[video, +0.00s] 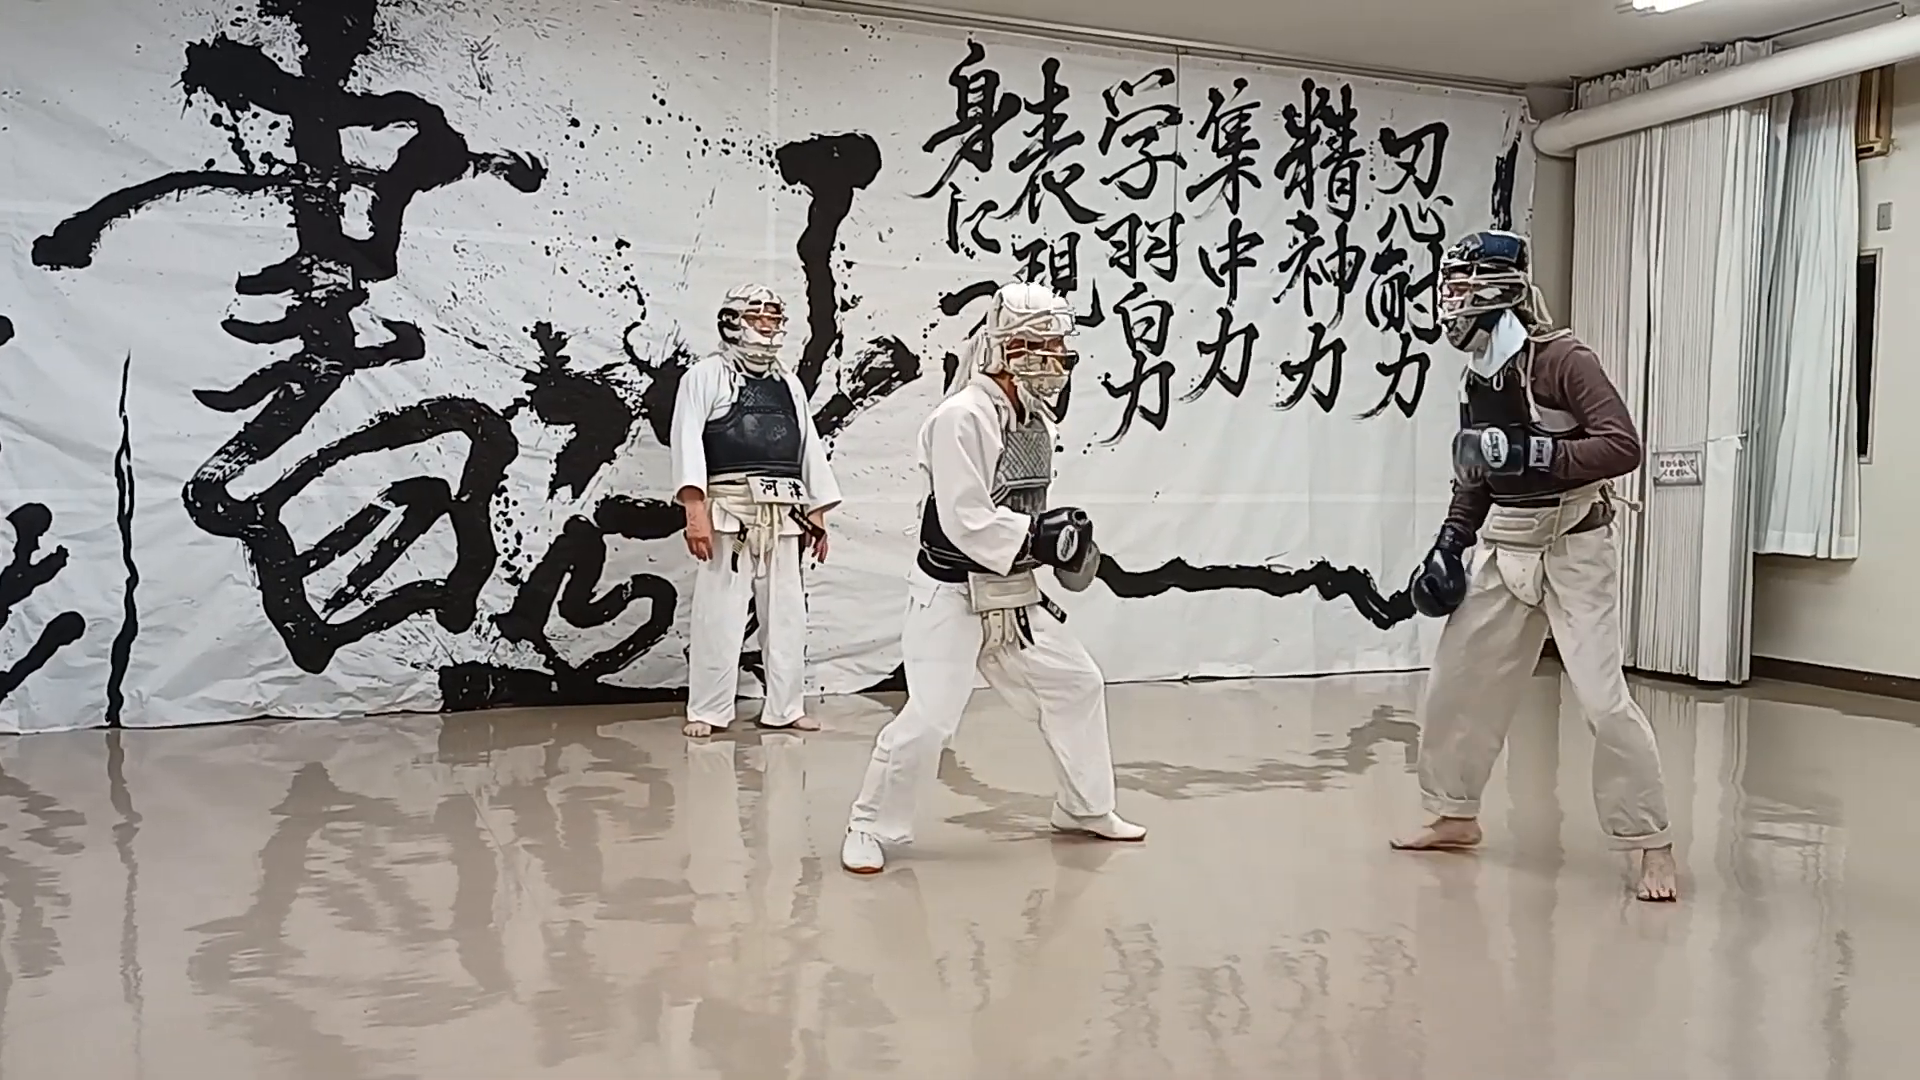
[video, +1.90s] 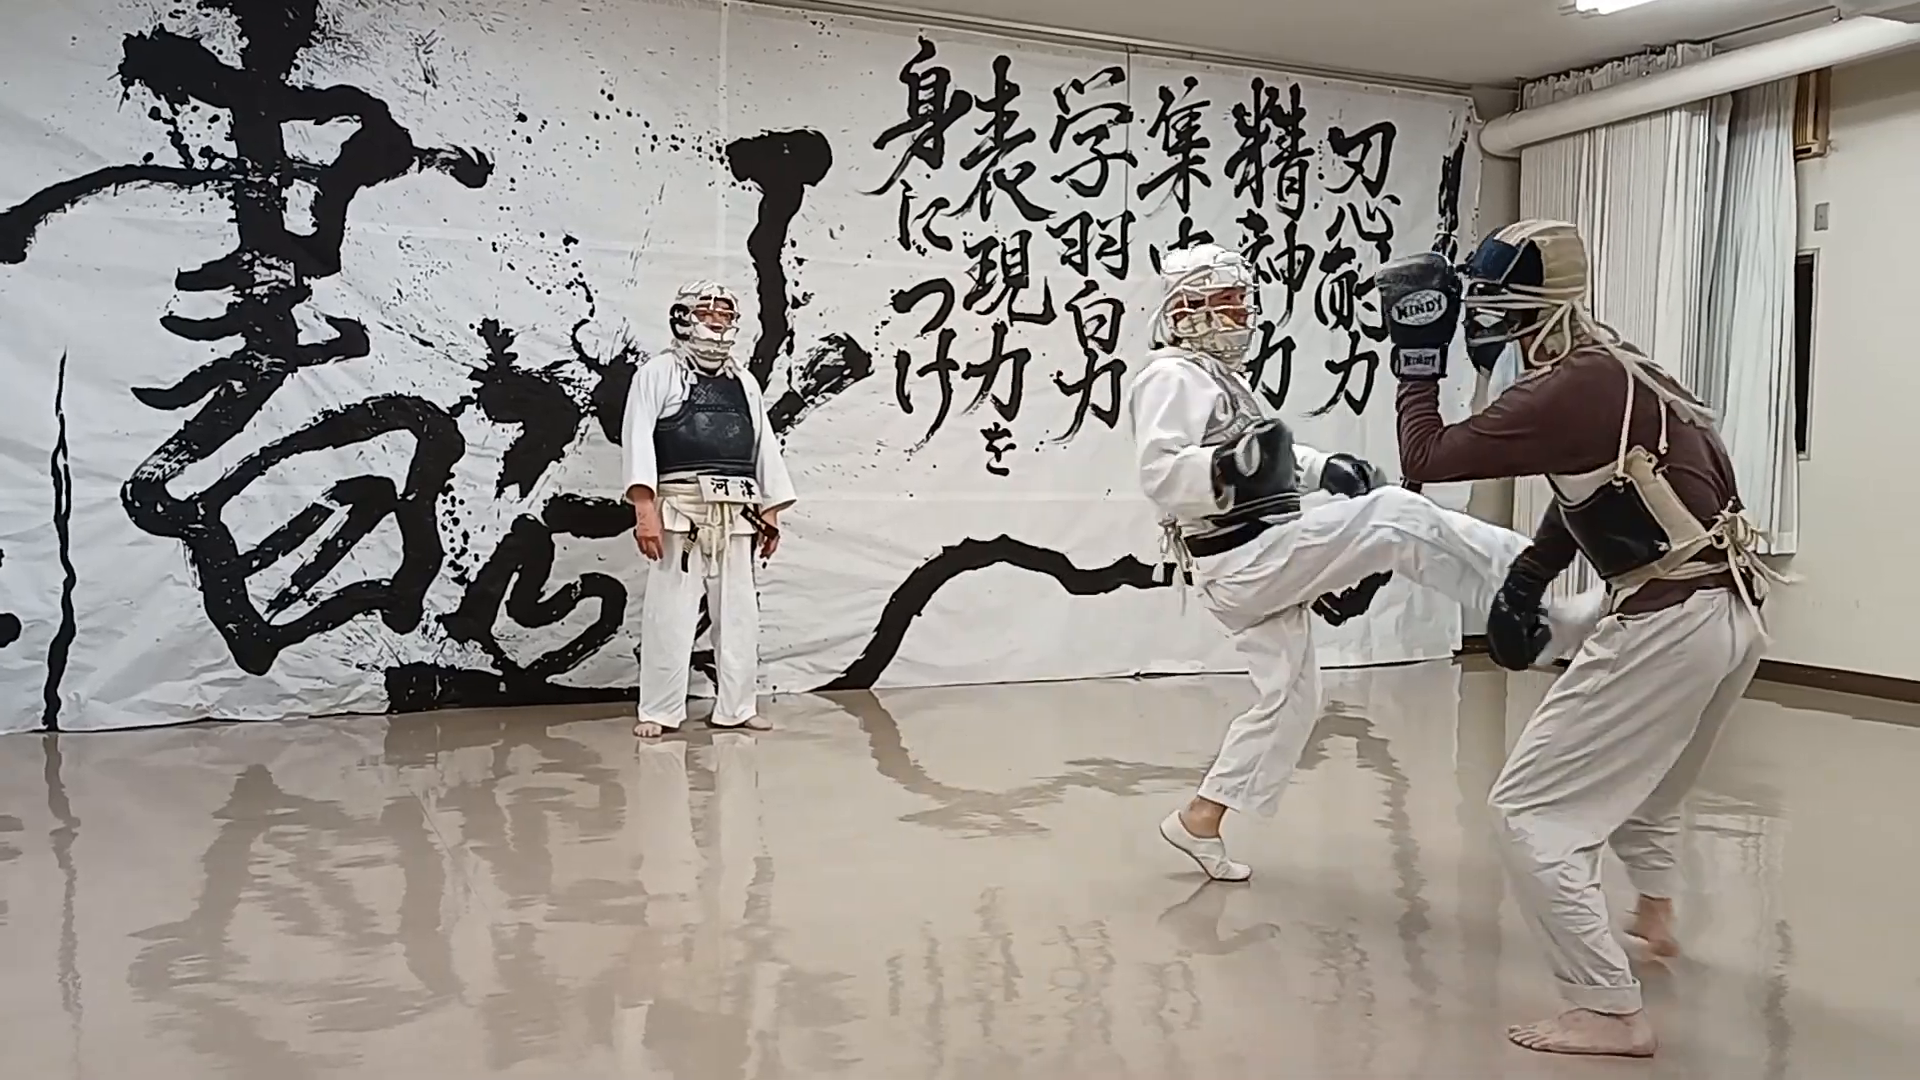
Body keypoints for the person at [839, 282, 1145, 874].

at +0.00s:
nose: (1054, 358)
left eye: (1059, 347)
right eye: (1040, 346)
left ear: (1063, 352)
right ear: (1007, 351)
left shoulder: (1036, 419)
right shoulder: (962, 417)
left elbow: (1022, 502)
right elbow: (964, 519)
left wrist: (1053, 534)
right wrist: (1037, 539)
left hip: (1009, 585)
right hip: (948, 592)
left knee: (1077, 681)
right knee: (930, 719)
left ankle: (1083, 810)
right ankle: (868, 828)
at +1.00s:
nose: (1072, 350)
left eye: (1084, 337)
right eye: (1056, 337)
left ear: (1098, 344)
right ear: (1029, 342)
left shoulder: (1098, 414)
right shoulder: (989, 408)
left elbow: (1102, 507)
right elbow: (970, 507)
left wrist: (1120, 548)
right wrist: (1036, 535)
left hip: (1073, 589)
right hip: (998, 592)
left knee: (1131, 705)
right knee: (974, 719)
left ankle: (1140, 823)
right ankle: (905, 833)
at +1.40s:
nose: (1106, 353)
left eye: (1115, 340)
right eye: (1089, 340)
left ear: (1126, 345)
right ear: (1057, 346)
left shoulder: (1121, 417)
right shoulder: (1021, 415)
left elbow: (1125, 496)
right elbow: (1021, 512)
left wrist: (1154, 521)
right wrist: (1102, 517)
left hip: (1097, 596)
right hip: (1023, 596)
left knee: (1181, 685)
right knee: (987, 720)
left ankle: (1184, 826)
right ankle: (929, 817)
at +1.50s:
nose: (1148, 345)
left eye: (1155, 332)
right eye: (1133, 332)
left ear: (1162, 337)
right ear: (1100, 340)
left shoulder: (1157, 413)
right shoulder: (1069, 405)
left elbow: (1173, 494)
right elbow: (1081, 491)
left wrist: (1220, 486)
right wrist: (1157, 474)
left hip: (1133, 591)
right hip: (1061, 590)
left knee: (1199, 700)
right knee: (1020, 728)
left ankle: (1193, 839)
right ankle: (934, 805)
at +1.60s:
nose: (1177, 332)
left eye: (1184, 321)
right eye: (1162, 319)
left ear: (1194, 328)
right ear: (1130, 324)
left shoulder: (1184, 400)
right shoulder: (1100, 384)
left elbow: (1248, 457)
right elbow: (1079, 475)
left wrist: (1290, 439)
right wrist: (1141, 494)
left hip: (1177, 567)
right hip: (1117, 568)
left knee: (1221, 698)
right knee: (1183, 696)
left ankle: (1194, 839)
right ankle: (1082, 760)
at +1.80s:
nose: (1218, 319)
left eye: (1223, 307)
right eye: (1204, 307)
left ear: (1228, 312)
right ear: (1166, 313)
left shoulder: (1220, 383)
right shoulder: (1139, 377)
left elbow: (1267, 435)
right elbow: (1101, 472)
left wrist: (1327, 435)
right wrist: (1156, 510)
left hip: (1244, 549)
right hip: (1212, 552)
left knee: (1263, 690)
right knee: (1352, 528)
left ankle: (1196, 819)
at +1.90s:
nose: (1237, 316)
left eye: (1240, 303)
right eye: (1222, 304)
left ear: (1244, 307)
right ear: (1184, 311)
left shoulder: (1223, 379)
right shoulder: (1171, 376)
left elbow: (1260, 451)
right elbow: (1159, 473)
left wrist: (1327, 472)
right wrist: (1230, 464)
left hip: (1259, 555)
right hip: (1240, 561)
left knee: (1290, 694)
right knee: (1398, 514)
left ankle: (1200, 818)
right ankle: (1556, 602)